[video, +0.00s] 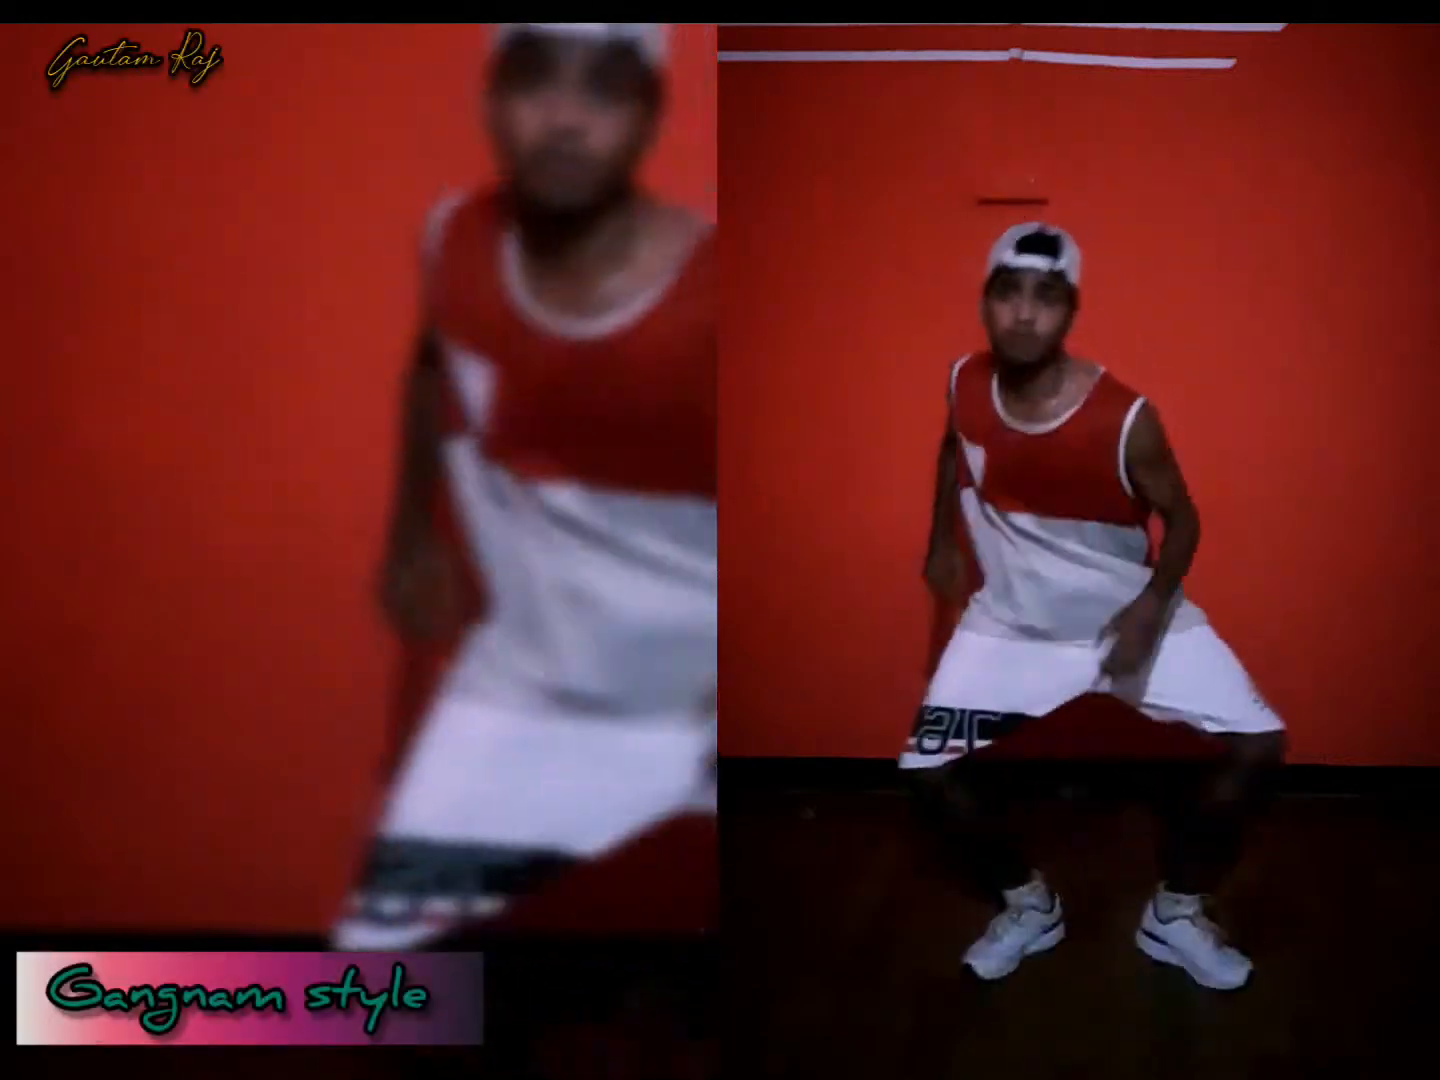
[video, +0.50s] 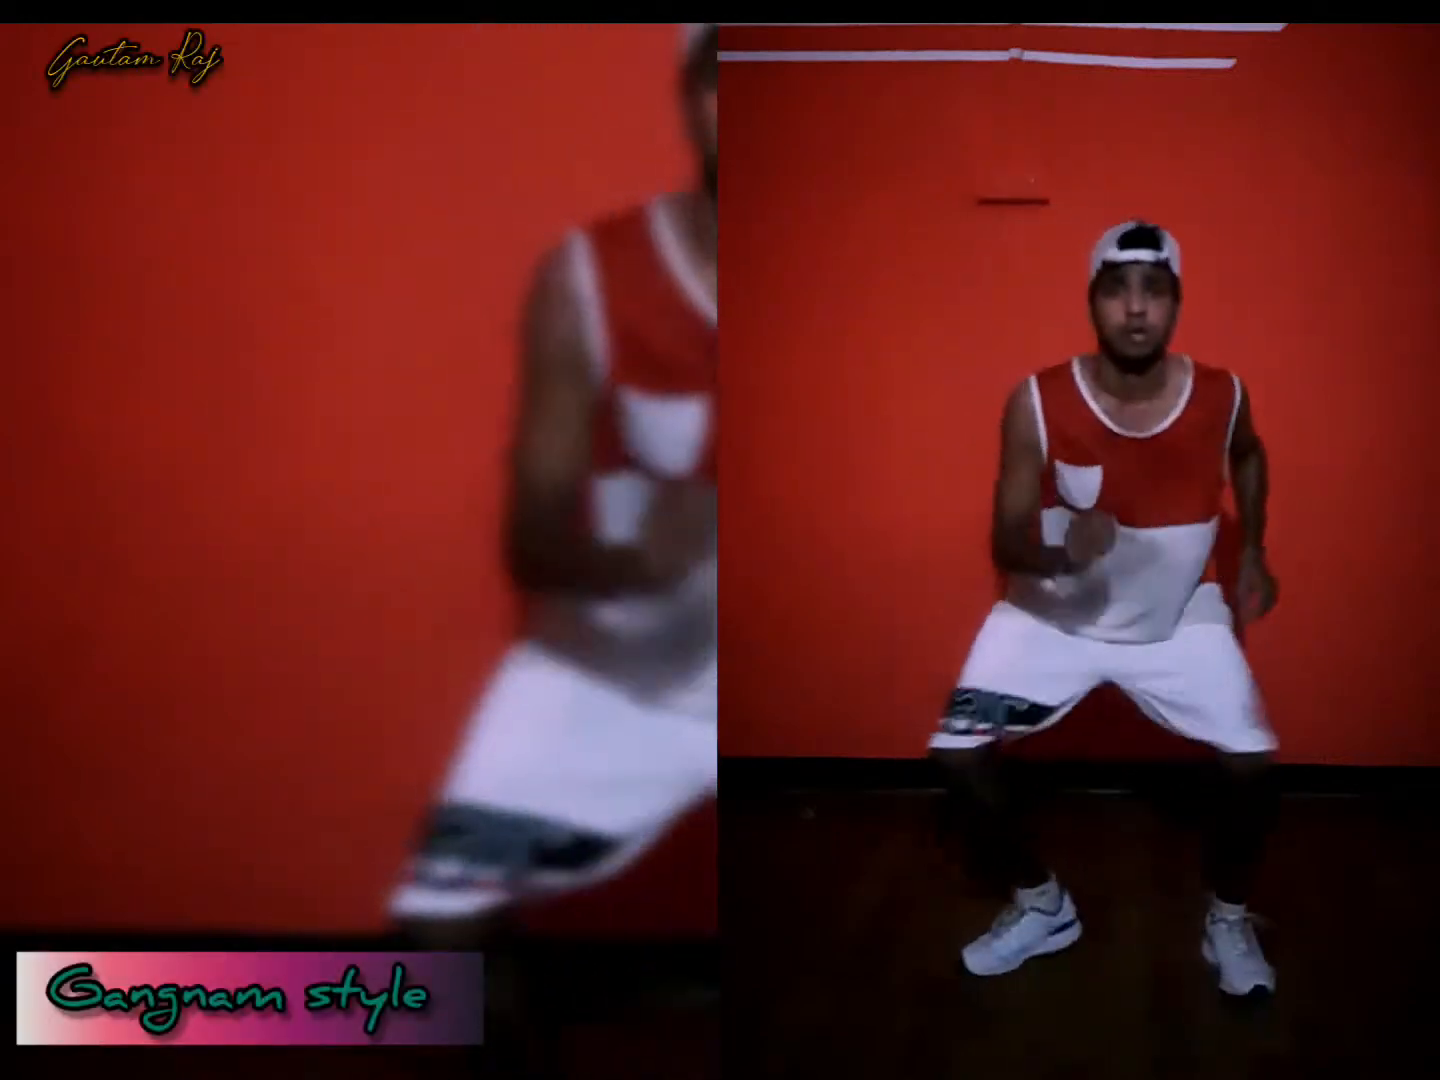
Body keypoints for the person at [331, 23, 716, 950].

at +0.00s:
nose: (564, 119)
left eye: (605, 89)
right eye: (536, 81)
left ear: (650, 120)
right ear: (494, 105)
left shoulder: (720, 281)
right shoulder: (461, 244)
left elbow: (778, 477)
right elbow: (432, 379)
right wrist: (413, 539)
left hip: (682, 709)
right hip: (509, 689)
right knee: (386, 948)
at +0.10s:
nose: (544, 158)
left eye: (584, 126)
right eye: (516, 122)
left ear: (635, 151)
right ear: (480, 145)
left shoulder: (721, 289)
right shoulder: (439, 301)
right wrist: (430, 503)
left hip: (700, 699)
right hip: (525, 687)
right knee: (434, 963)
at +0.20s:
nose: (579, 146)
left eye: (607, 107)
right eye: (545, 120)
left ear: (663, 116)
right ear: (513, 148)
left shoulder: (751, 249)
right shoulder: (506, 305)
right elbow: (419, 461)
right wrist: (518, 585)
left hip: (758, 626)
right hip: (597, 633)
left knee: (786, 944)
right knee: (545, 956)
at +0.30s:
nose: (656, 77)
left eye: (686, 43)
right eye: (622, 48)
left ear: (733, 64)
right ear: (586, 78)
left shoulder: (797, 240)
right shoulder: (554, 278)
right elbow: (553, 504)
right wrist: (638, 587)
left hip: (775, 588)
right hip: (614, 590)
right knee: (576, 883)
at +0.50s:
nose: (751, 113)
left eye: (770, 85)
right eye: (730, 81)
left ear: (829, 110)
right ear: (694, 97)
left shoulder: (858, 268)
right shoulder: (598, 277)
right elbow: (537, 548)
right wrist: (642, 563)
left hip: (807, 652)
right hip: (628, 654)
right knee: (443, 932)